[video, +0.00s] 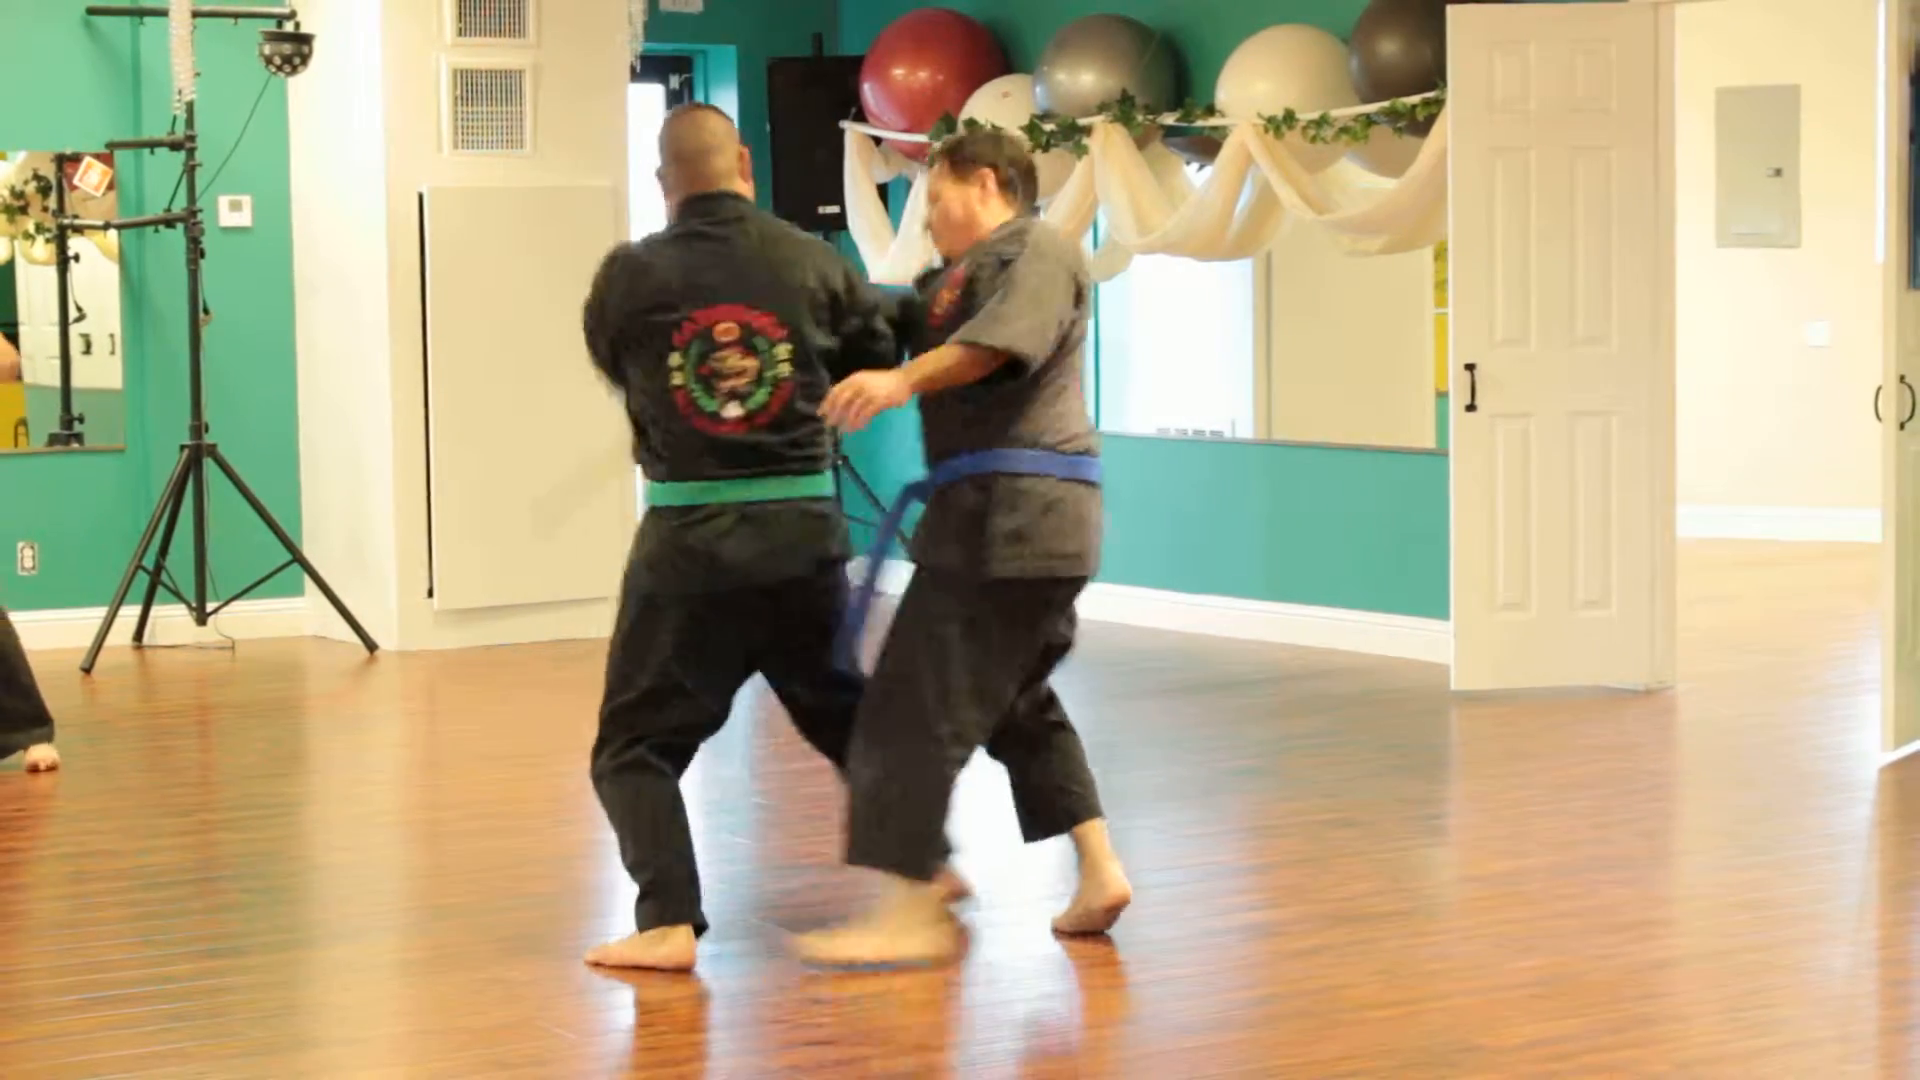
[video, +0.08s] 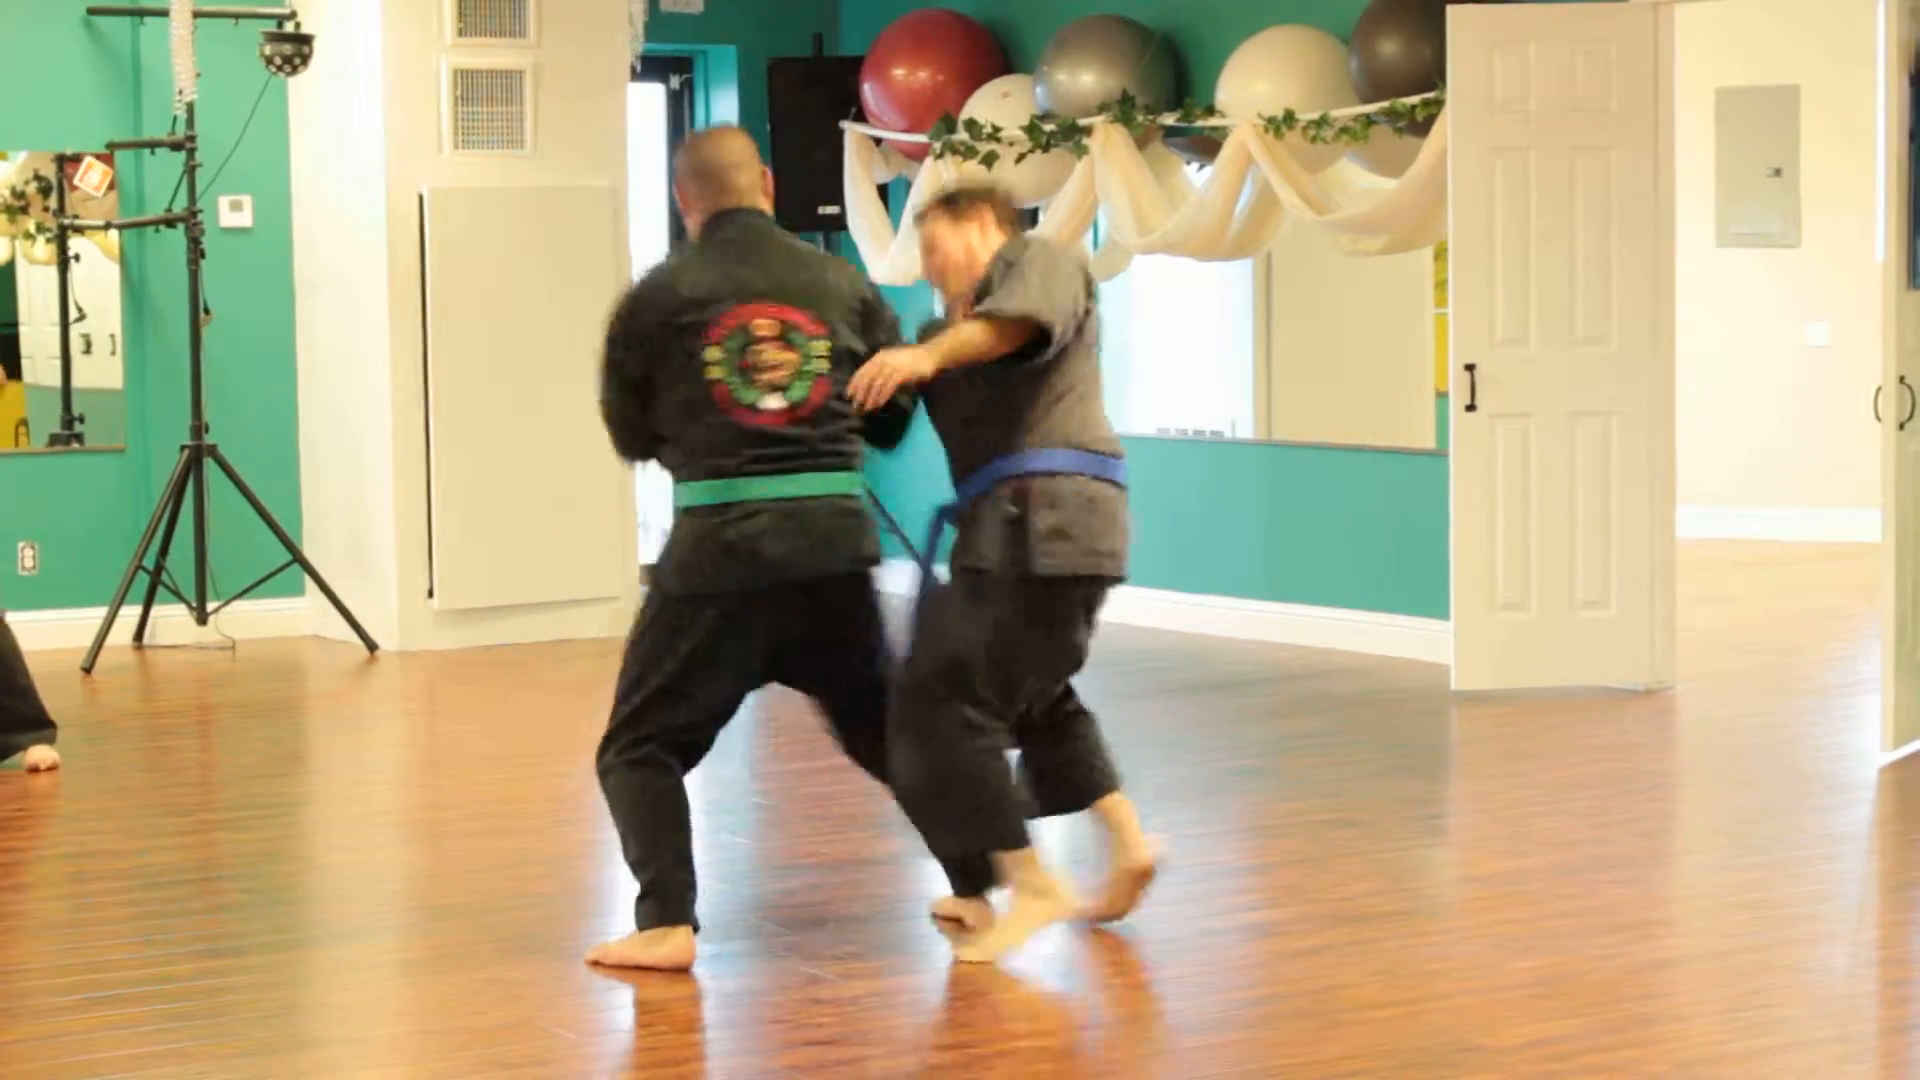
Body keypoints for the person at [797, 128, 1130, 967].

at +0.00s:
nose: (929, 218)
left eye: (937, 200)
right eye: (928, 203)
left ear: (985, 187)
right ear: (989, 191)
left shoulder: (1037, 248)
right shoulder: (961, 279)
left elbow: (1000, 339)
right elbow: (874, 323)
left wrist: (901, 381)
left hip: (1007, 513)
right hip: (1038, 515)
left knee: (914, 695)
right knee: (1014, 691)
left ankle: (907, 907)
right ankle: (1100, 865)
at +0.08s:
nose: (928, 258)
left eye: (934, 238)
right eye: (924, 244)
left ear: (982, 224)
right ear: (973, 229)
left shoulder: (1038, 256)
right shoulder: (970, 314)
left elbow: (1016, 321)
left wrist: (926, 355)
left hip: (1035, 519)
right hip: (1070, 523)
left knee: (938, 700)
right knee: (1034, 691)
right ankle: (1128, 841)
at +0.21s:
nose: (919, 370)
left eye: (926, 349)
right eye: (910, 360)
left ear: (967, 329)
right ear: (917, 362)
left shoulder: (1036, 359)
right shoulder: (942, 412)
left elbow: (1068, 335)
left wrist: (974, 330)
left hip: (1096, 565)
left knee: (977, 719)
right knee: (1041, 740)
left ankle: (1054, 914)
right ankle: (1225, 805)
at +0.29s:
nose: (935, 399)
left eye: (934, 389)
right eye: (924, 396)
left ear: (964, 394)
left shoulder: (1027, 413)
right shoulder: (961, 474)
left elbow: (1066, 374)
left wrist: (1009, 347)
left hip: (1133, 590)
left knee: (1018, 711)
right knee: (1070, 796)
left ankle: (1057, 914)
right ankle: (1260, 832)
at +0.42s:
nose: (972, 546)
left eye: (970, 530)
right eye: (961, 536)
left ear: (994, 516)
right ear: (978, 530)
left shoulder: (1016, 502)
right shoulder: (984, 595)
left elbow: (1058, 444)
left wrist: (1056, 389)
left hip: (1169, 631)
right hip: (1107, 687)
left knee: (1111, 709)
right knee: (1068, 873)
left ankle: (1149, 874)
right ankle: (1244, 847)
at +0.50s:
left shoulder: (966, 556)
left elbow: (1016, 488)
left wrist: (1035, 398)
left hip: (1151, 652)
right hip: (1109, 732)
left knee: (1195, 730)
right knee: (1071, 867)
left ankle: (1303, 839)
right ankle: (1230, 856)